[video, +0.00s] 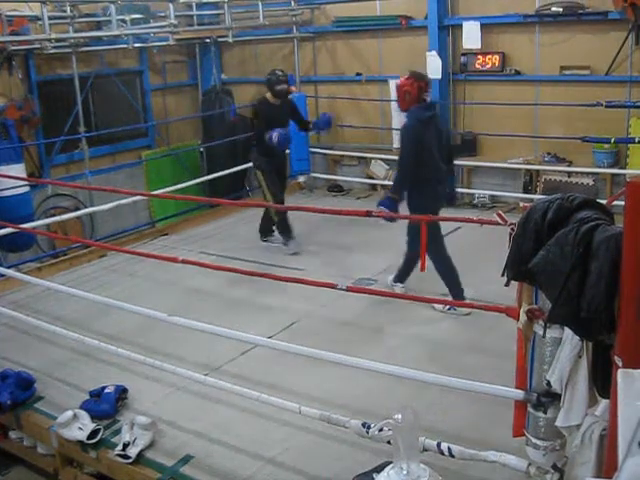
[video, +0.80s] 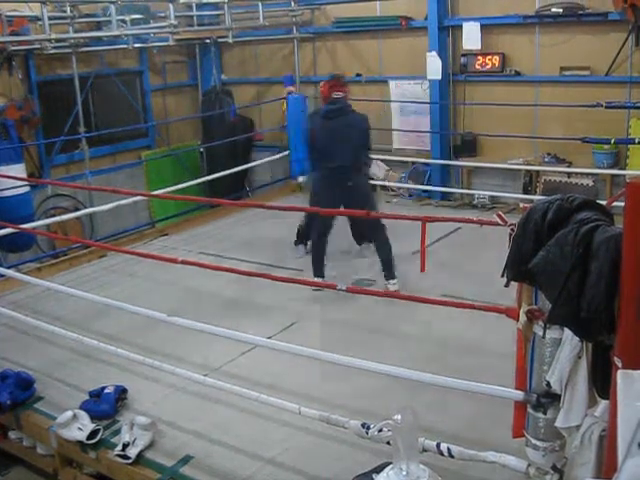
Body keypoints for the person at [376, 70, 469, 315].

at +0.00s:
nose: (398, 98)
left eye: (402, 93)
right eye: (399, 93)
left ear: (412, 96)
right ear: (421, 95)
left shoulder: (412, 125)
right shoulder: (434, 119)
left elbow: (405, 166)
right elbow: (447, 154)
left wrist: (392, 198)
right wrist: (449, 188)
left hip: (420, 192)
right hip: (435, 190)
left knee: (433, 245)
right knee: (416, 238)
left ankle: (458, 298)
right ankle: (398, 280)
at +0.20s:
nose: (378, 98)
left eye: (380, 93)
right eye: (378, 93)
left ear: (389, 94)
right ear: (403, 93)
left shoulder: (385, 123)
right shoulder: (422, 119)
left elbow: (379, 162)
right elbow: (426, 154)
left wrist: (368, 187)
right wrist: (416, 176)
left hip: (399, 187)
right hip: (422, 184)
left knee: (403, 242)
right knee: (412, 236)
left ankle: (440, 281)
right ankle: (397, 282)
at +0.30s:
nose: (368, 100)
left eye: (370, 95)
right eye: (369, 95)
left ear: (378, 96)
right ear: (394, 94)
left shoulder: (376, 123)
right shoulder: (413, 119)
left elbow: (367, 159)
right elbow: (417, 155)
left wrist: (357, 186)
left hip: (392, 187)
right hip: (416, 186)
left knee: (383, 238)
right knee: (408, 236)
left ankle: (419, 272)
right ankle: (398, 281)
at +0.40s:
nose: (359, 99)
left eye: (361, 95)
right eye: (360, 95)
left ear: (369, 96)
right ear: (385, 94)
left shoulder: (365, 124)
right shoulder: (405, 118)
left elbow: (358, 161)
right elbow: (407, 151)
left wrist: (348, 186)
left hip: (382, 185)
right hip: (408, 183)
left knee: (369, 232)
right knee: (405, 231)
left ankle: (393, 273)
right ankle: (401, 273)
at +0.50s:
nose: (351, 100)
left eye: (353, 96)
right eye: (352, 96)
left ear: (359, 97)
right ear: (378, 95)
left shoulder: (356, 124)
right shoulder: (397, 117)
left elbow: (350, 160)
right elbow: (397, 149)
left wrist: (342, 186)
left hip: (372, 185)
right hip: (398, 183)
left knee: (356, 227)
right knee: (400, 230)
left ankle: (361, 276)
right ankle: (398, 280)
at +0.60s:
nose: (346, 98)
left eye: (347, 95)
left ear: (351, 96)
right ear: (370, 94)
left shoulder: (345, 123)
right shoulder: (386, 118)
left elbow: (340, 157)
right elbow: (386, 147)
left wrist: (335, 186)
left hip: (359, 182)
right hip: (387, 182)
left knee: (344, 226)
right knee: (394, 231)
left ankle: (333, 273)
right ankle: (397, 281)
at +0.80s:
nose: (323, 96)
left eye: (324, 92)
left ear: (325, 95)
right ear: (345, 95)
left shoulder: (315, 120)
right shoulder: (359, 120)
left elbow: (313, 154)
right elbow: (365, 151)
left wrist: (322, 172)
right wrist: (357, 171)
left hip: (325, 183)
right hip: (355, 181)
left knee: (320, 232)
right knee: (375, 226)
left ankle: (318, 278)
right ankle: (391, 278)